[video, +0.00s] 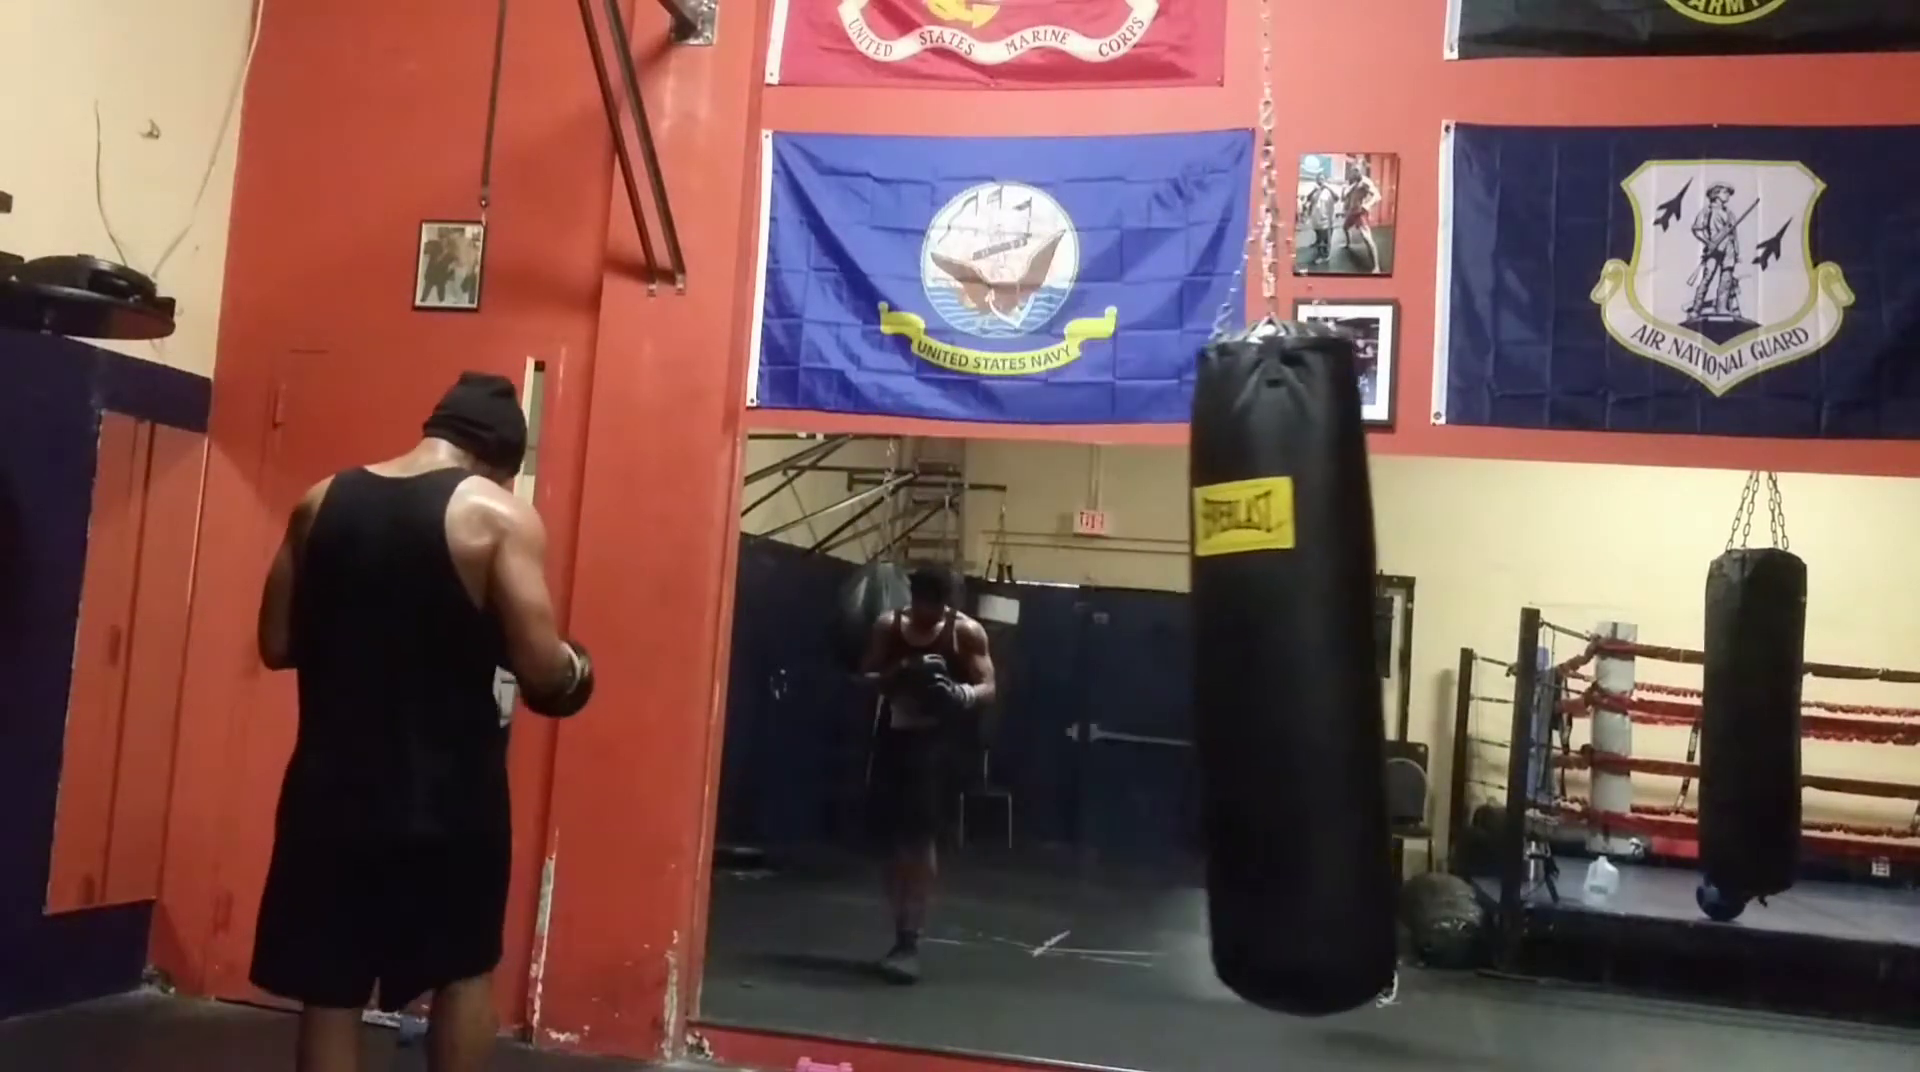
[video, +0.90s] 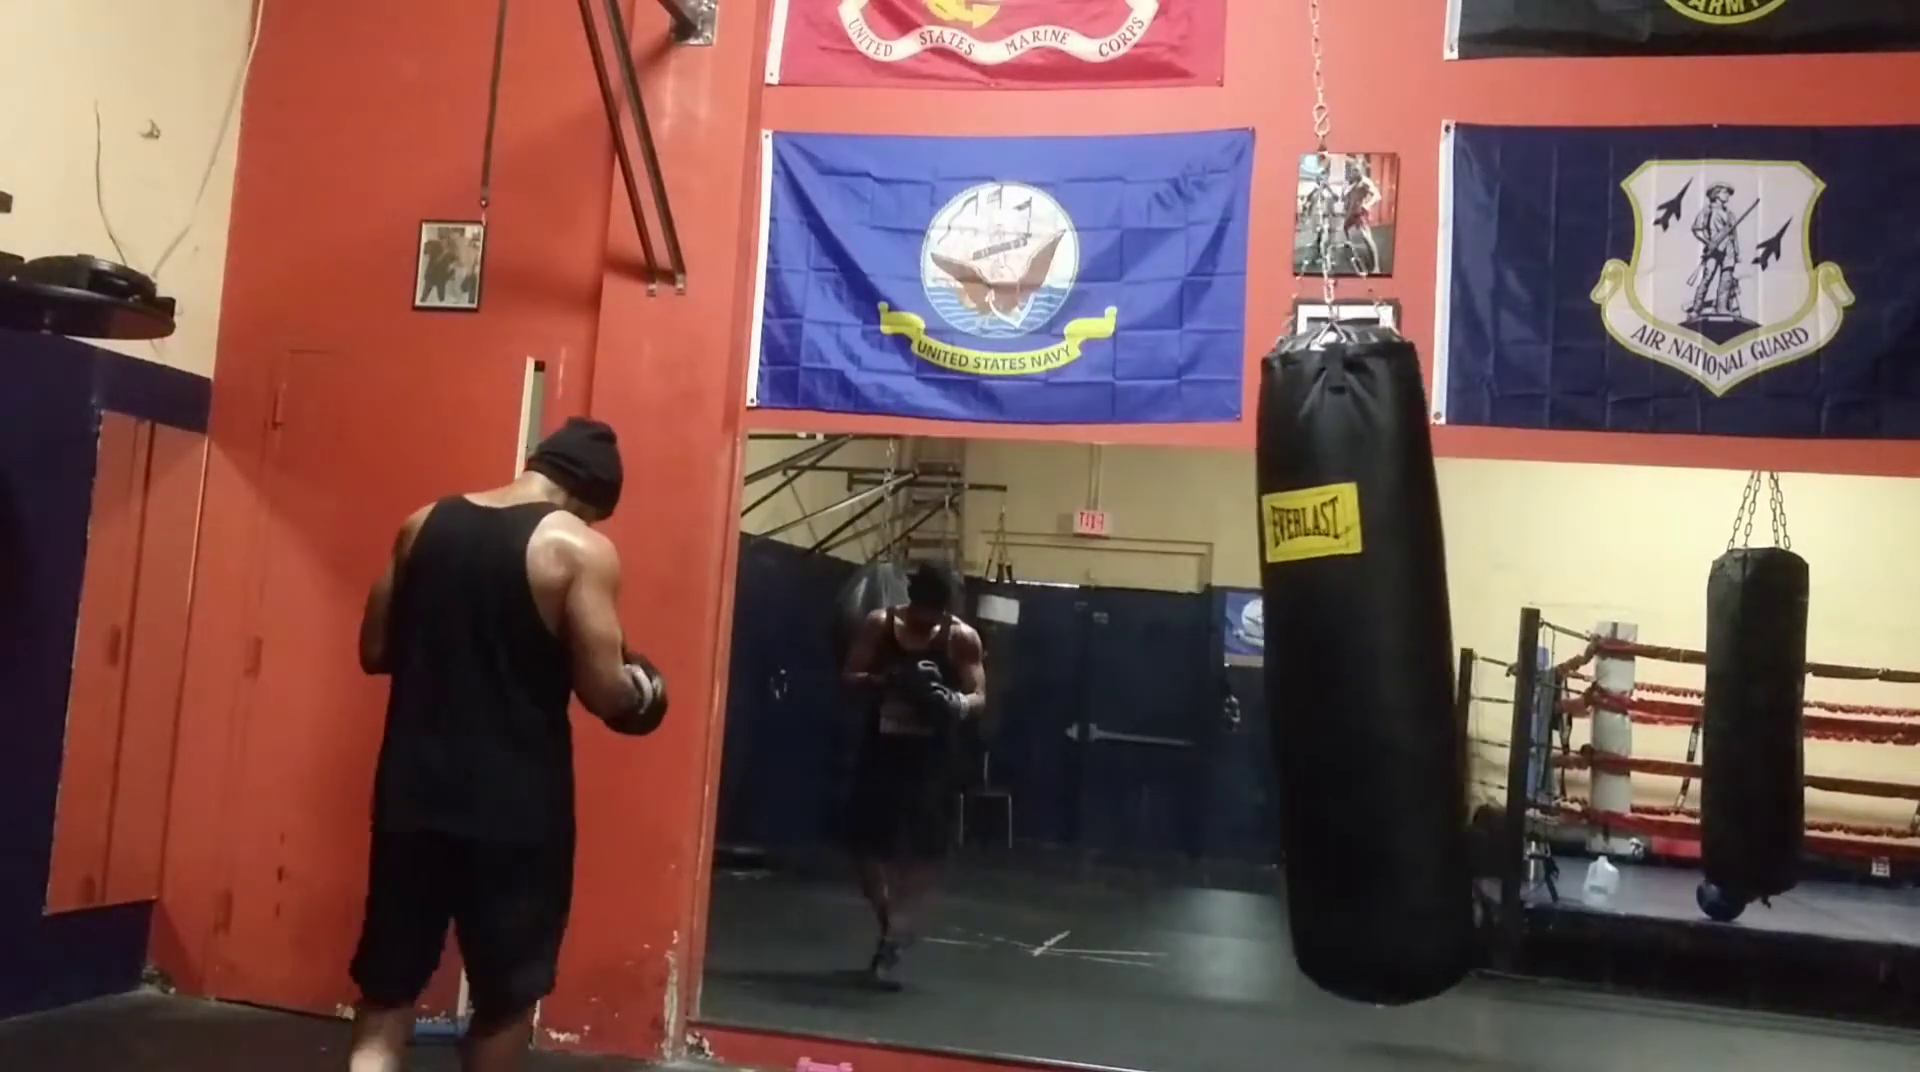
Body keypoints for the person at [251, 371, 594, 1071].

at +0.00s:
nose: (508, 483)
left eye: (509, 470)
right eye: (511, 470)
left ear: (433, 432)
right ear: (503, 457)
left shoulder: (324, 499)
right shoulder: (502, 514)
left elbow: (276, 643)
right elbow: (539, 668)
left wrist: (366, 618)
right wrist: (573, 671)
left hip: (332, 785)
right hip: (450, 794)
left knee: (330, 997)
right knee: (464, 977)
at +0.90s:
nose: (590, 521)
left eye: (591, 509)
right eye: (595, 509)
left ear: (532, 464)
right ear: (596, 498)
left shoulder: (425, 523)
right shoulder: (580, 548)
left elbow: (375, 652)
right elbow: (607, 695)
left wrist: (459, 625)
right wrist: (645, 691)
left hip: (412, 803)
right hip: (517, 815)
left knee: (383, 1011)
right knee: (503, 1015)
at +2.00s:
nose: (655, 533)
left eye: (661, 521)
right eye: (660, 519)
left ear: (601, 478)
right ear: (648, 498)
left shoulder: (504, 526)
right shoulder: (626, 547)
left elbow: (447, 647)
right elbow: (637, 676)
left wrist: (535, 639)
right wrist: (677, 692)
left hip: (479, 777)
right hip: (558, 791)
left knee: (500, 966)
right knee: (521, 975)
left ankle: (511, 1060)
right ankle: (493, 1066)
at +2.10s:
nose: (658, 536)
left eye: (664, 524)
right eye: (662, 521)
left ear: (603, 482)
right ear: (646, 500)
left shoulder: (508, 530)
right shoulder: (627, 550)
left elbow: (454, 651)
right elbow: (639, 678)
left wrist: (541, 642)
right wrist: (682, 690)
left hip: (484, 785)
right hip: (566, 796)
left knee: (507, 963)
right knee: (542, 979)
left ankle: (500, 1061)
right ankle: (500, 1064)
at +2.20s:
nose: (659, 543)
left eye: (665, 531)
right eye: (663, 529)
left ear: (602, 491)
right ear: (648, 508)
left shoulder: (512, 541)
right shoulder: (626, 555)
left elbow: (461, 661)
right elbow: (642, 680)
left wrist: (555, 641)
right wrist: (687, 695)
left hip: (490, 786)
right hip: (576, 791)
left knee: (512, 961)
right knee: (605, 950)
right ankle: (525, 1061)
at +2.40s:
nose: (674, 542)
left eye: (681, 530)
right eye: (678, 528)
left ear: (620, 492)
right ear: (659, 508)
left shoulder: (532, 540)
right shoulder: (635, 554)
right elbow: (647, 672)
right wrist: (698, 692)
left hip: (508, 766)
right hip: (591, 771)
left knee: (528, 933)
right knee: (664, 919)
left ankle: (514, 1063)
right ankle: (589, 1052)